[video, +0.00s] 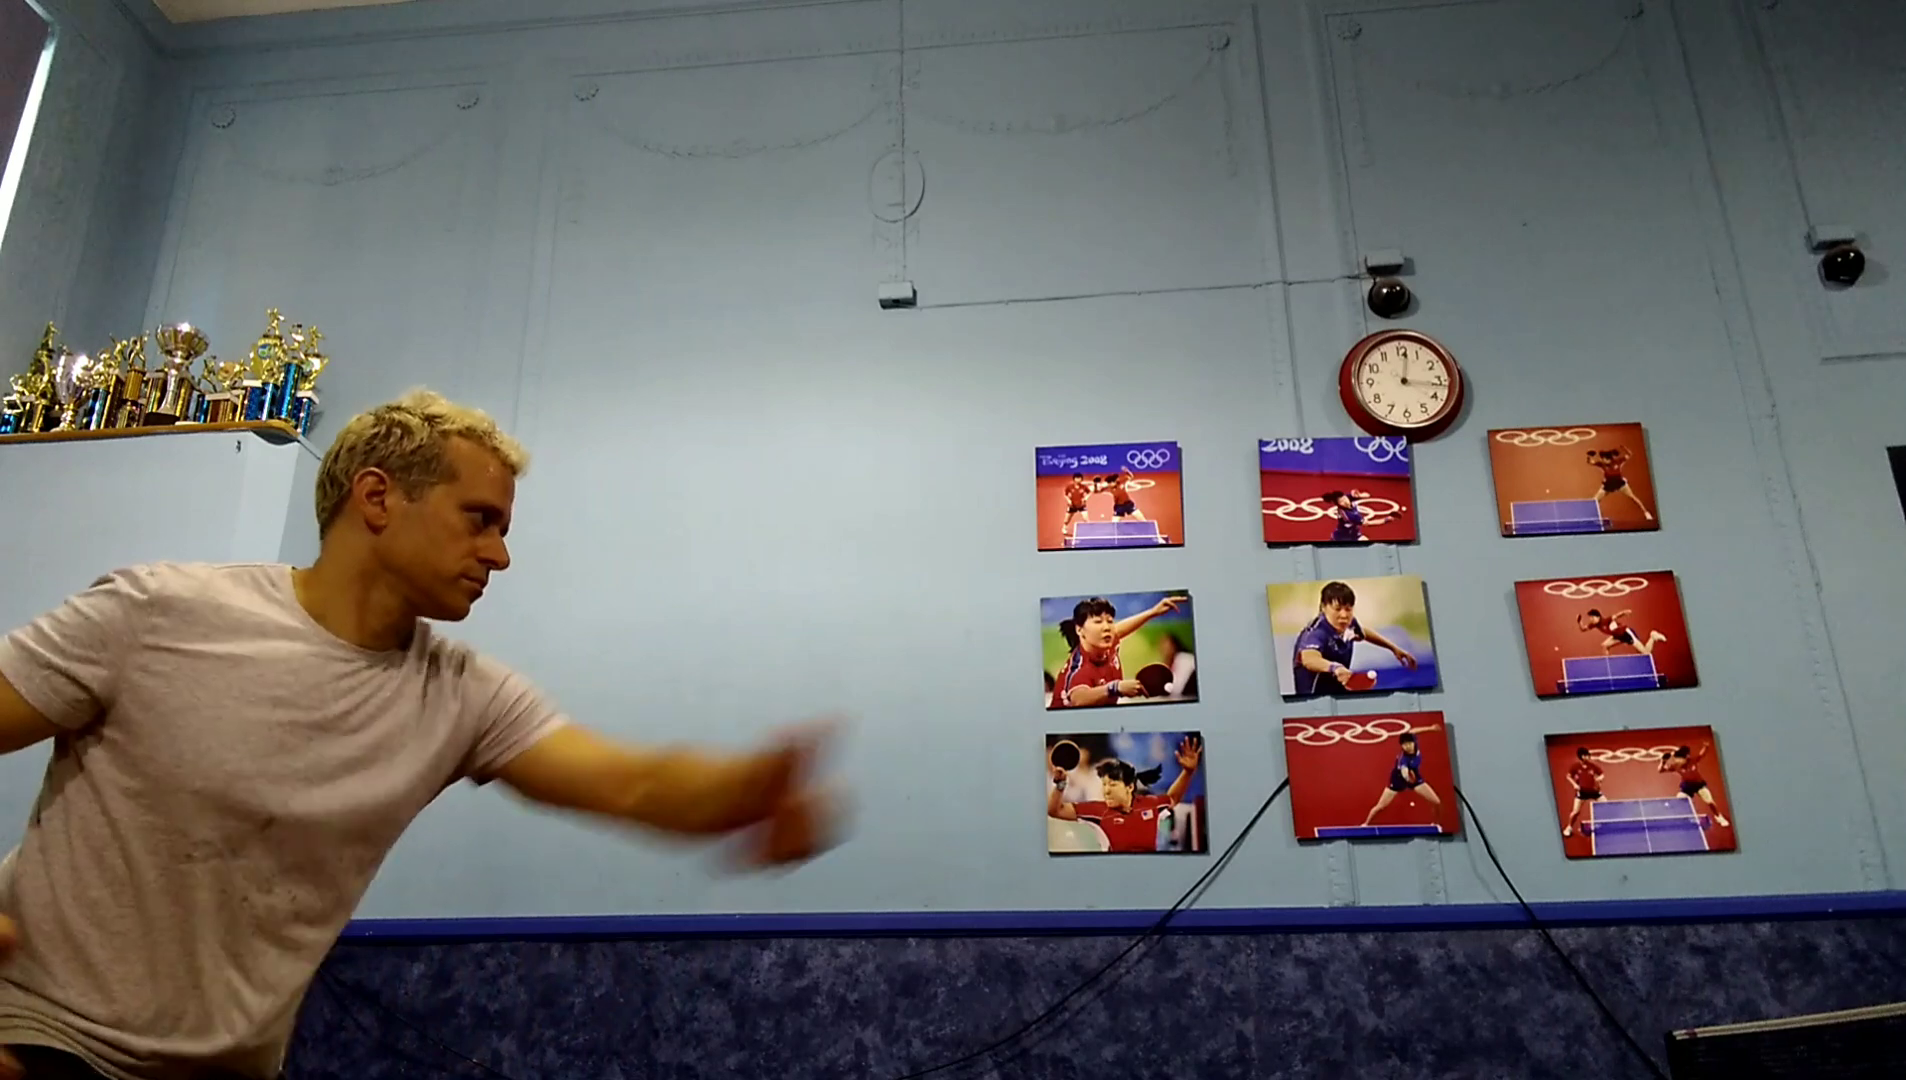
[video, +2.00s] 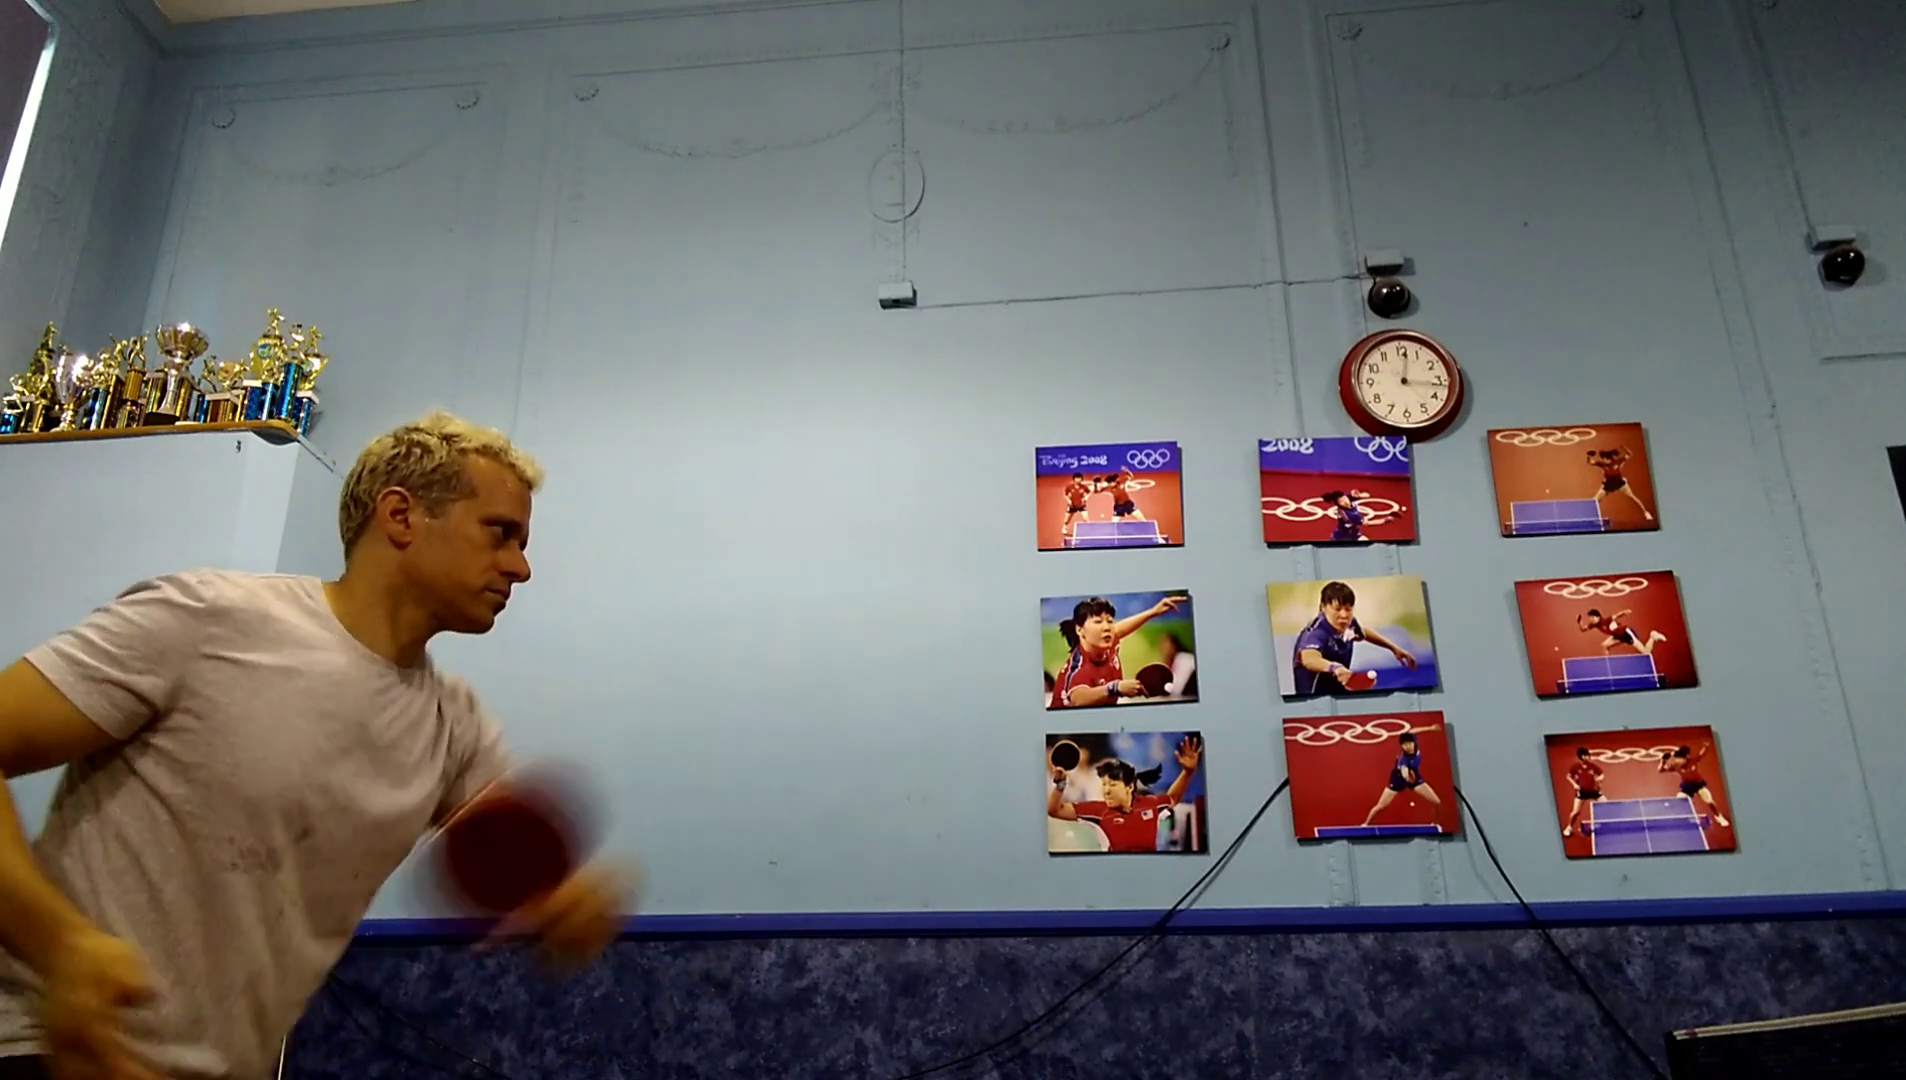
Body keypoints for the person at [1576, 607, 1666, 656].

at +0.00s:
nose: (1590, 620)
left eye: (1591, 618)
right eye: (1590, 619)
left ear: (1597, 617)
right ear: (1593, 618)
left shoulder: (1607, 620)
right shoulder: (1594, 624)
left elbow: (1617, 615)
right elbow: (1583, 630)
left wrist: (1625, 612)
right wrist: (1579, 623)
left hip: (1627, 634)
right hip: (1618, 636)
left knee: (1646, 652)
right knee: (1604, 645)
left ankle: (1653, 636)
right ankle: (1607, 667)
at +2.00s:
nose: (1590, 620)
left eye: (1591, 618)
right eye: (1590, 619)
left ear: (1597, 617)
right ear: (1593, 618)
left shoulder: (1607, 620)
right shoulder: (1595, 625)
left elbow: (1617, 615)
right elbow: (1584, 630)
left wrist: (1625, 612)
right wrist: (1579, 623)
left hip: (1627, 634)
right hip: (1618, 637)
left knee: (1646, 652)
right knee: (1604, 645)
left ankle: (1653, 636)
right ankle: (1608, 667)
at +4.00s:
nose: (1590, 620)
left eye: (1591, 618)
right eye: (1590, 619)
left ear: (1597, 617)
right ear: (1593, 618)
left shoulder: (1607, 620)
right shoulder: (1594, 624)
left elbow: (1617, 615)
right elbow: (1583, 630)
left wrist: (1625, 612)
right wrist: (1579, 623)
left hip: (1627, 634)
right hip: (1617, 636)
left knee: (1645, 652)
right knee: (1604, 645)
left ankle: (1653, 636)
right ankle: (1608, 666)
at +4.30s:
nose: (1590, 620)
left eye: (1591, 618)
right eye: (1590, 618)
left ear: (1597, 617)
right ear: (1593, 618)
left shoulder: (1607, 620)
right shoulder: (1594, 624)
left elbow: (1617, 615)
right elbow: (1583, 630)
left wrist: (1625, 612)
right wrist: (1579, 623)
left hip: (1627, 634)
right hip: (1617, 636)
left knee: (1645, 652)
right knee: (1604, 645)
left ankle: (1653, 636)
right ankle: (1608, 667)